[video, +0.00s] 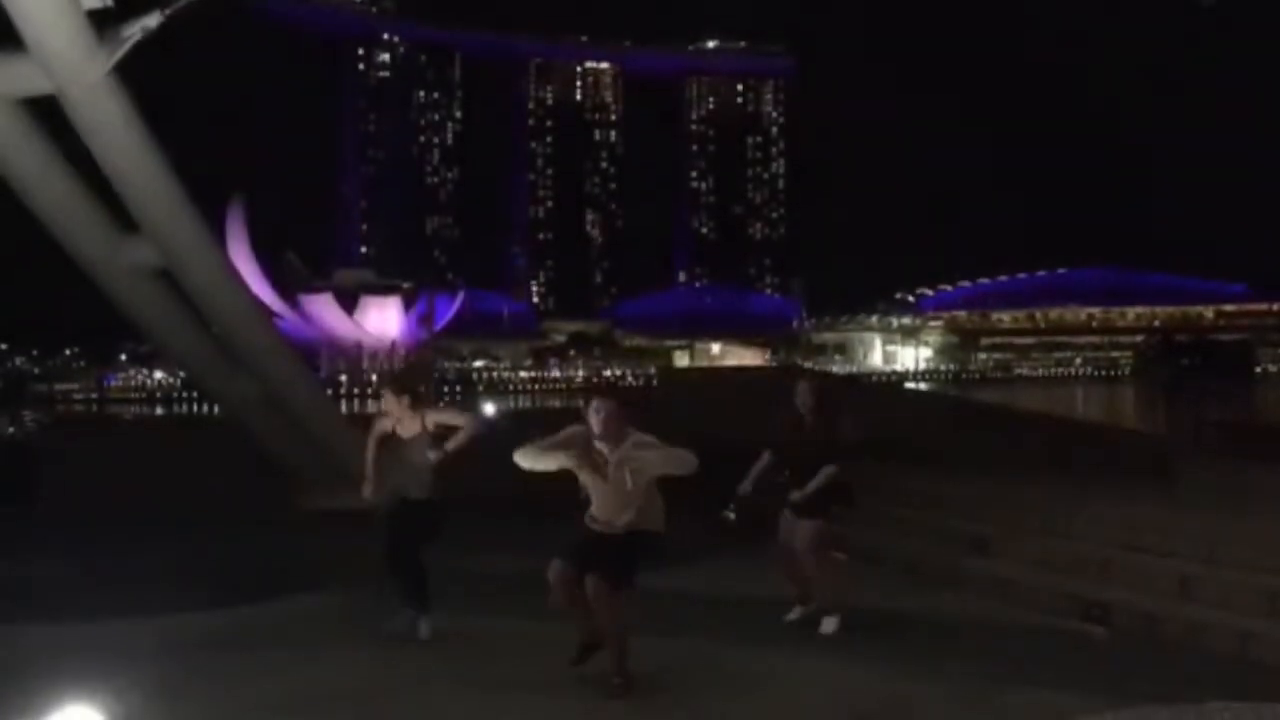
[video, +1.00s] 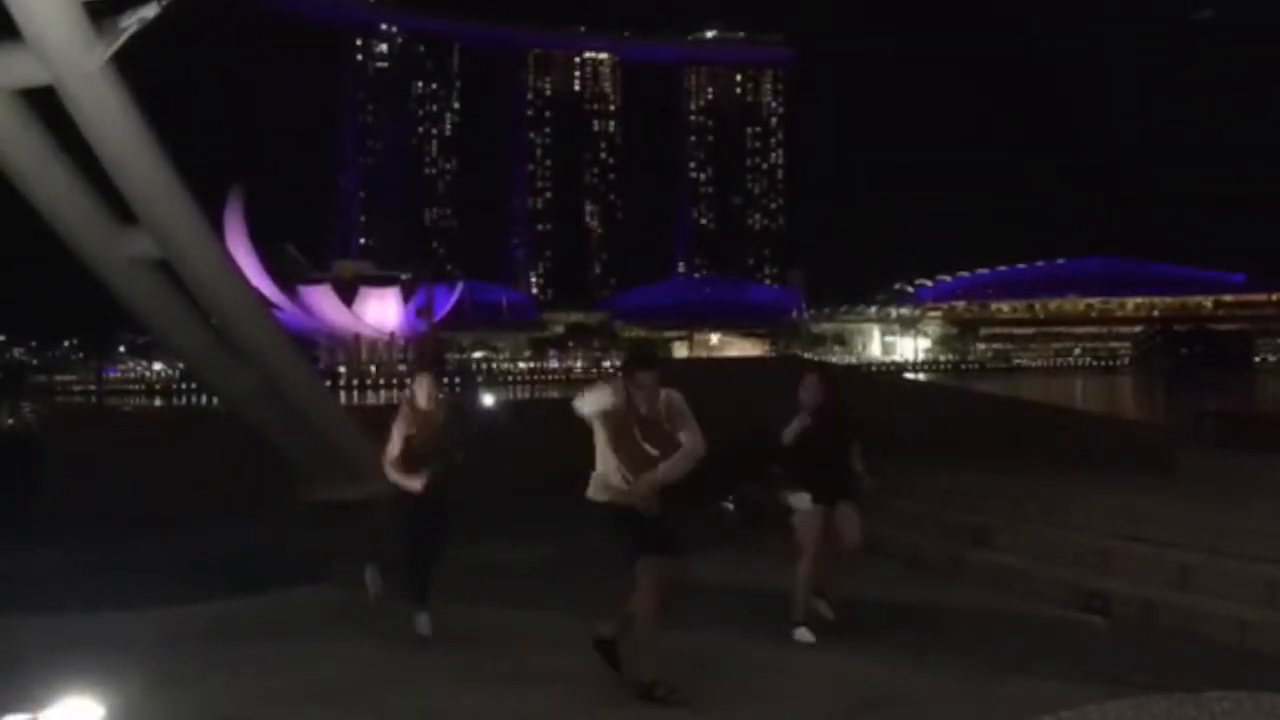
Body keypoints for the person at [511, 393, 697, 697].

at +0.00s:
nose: (601, 419)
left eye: (608, 412)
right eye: (596, 412)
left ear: (621, 416)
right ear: (588, 416)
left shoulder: (638, 445)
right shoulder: (579, 440)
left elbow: (689, 462)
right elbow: (521, 457)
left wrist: (640, 464)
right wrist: (568, 459)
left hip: (636, 530)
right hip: (597, 527)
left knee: (600, 585)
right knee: (560, 573)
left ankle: (620, 669)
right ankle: (590, 633)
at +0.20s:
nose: (584, 431)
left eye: (589, 421)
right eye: (577, 423)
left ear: (606, 419)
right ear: (570, 424)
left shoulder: (626, 441)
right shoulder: (568, 450)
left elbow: (685, 458)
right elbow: (538, 501)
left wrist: (633, 464)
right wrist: (575, 475)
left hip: (643, 515)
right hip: (605, 519)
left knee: (615, 561)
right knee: (607, 581)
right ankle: (628, 648)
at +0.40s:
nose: (581, 423)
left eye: (587, 416)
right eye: (578, 416)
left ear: (606, 412)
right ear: (575, 414)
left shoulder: (632, 434)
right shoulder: (572, 440)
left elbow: (692, 441)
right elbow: (526, 473)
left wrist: (644, 455)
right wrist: (576, 466)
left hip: (648, 507)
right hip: (611, 517)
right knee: (617, 580)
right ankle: (624, 643)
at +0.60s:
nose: (623, 388)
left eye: (630, 380)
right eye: (616, 380)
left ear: (638, 384)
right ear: (602, 384)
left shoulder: (651, 414)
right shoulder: (589, 416)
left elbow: (708, 424)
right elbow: (528, 440)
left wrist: (657, 437)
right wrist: (567, 452)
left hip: (644, 518)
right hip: (600, 520)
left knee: (638, 584)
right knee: (599, 583)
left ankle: (625, 655)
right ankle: (601, 640)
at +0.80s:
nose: (638, 393)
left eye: (646, 386)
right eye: (632, 385)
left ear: (654, 391)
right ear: (621, 389)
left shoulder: (665, 424)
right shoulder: (604, 426)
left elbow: (719, 433)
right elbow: (550, 464)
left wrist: (686, 439)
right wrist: (581, 452)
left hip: (646, 517)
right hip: (605, 515)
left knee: (639, 584)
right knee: (614, 571)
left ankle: (626, 655)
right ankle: (613, 656)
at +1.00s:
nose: (646, 393)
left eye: (652, 385)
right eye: (638, 386)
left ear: (660, 382)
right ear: (625, 383)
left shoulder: (671, 402)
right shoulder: (610, 403)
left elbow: (694, 446)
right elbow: (585, 405)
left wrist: (655, 478)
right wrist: (611, 395)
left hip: (652, 501)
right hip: (612, 502)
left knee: (668, 573)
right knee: (647, 576)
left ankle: (615, 634)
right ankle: (645, 676)